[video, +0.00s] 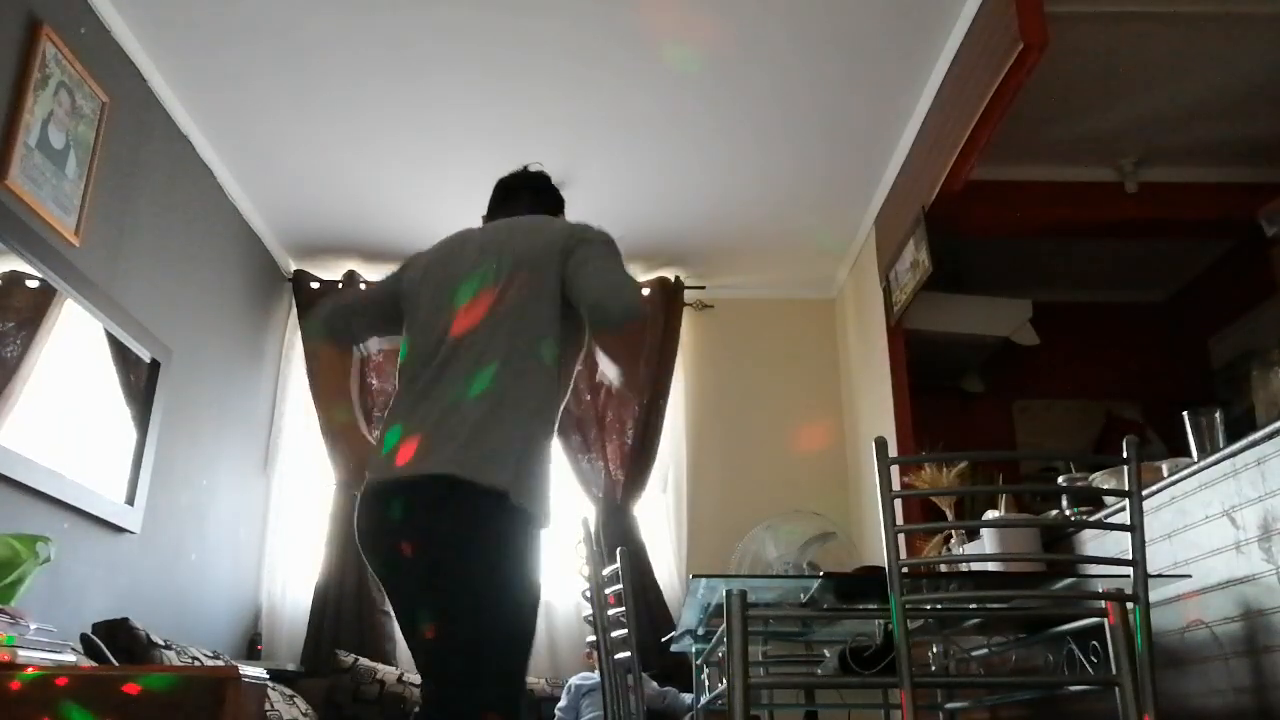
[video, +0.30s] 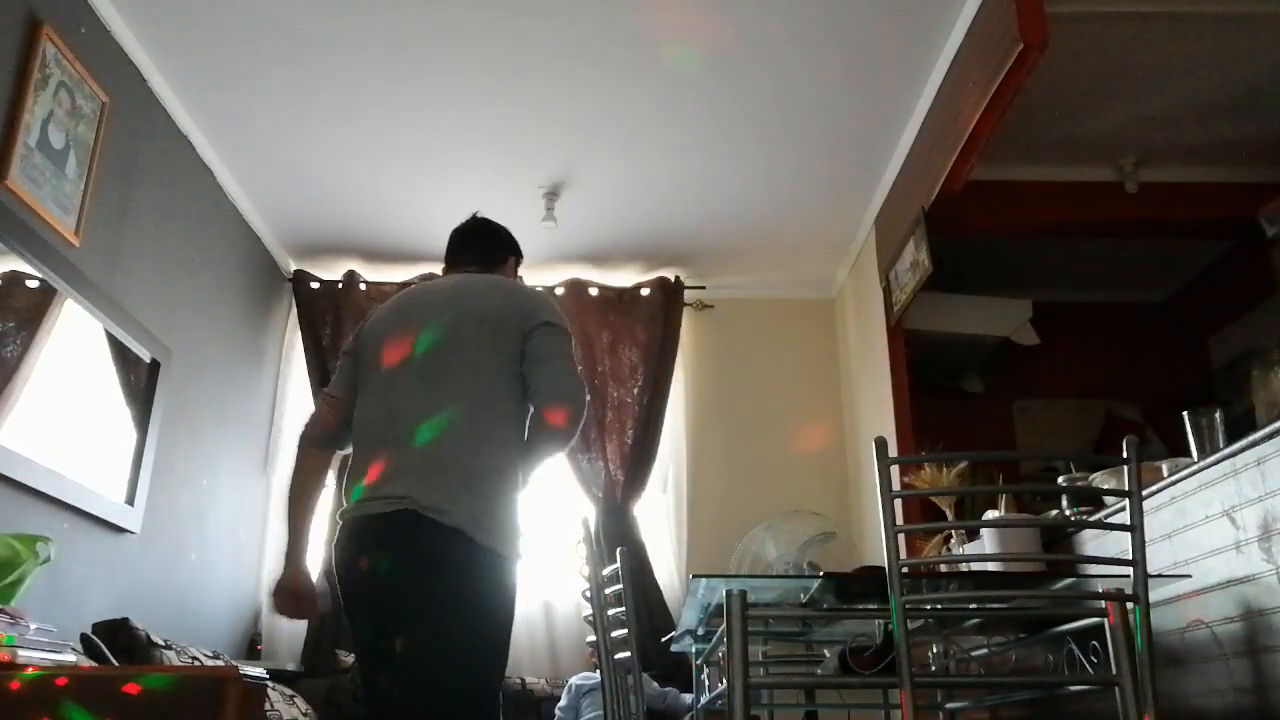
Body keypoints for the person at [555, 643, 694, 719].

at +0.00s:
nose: (607, 654)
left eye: (613, 649)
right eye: (601, 650)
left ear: (621, 651)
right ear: (589, 656)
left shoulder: (637, 680)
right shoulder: (579, 684)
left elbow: (668, 700)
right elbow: (562, 715)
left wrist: (702, 699)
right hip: (593, 714)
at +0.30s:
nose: (601, 652)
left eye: (607, 646)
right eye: (596, 648)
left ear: (618, 650)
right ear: (590, 655)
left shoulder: (637, 680)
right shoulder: (579, 684)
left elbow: (668, 700)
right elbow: (562, 716)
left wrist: (702, 700)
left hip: (631, 715)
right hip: (593, 715)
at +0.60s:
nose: (607, 655)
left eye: (612, 650)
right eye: (601, 651)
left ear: (621, 652)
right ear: (591, 656)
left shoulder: (637, 680)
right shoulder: (578, 684)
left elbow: (667, 699)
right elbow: (562, 716)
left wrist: (700, 699)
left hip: (632, 715)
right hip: (593, 715)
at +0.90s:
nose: (606, 654)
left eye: (611, 648)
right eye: (600, 649)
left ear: (618, 652)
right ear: (590, 656)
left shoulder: (636, 680)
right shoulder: (577, 685)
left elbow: (665, 698)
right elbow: (561, 716)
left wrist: (698, 700)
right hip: (593, 715)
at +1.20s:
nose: (604, 655)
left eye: (609, 650)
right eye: (599, 651)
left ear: (618, 652)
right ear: (591, 656)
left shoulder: (636, 679)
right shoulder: (578, 685)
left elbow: (667, 699)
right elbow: (562, 713)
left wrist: (698, 699)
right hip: (593, 714)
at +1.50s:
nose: (602, 655)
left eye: (606, 649)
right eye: (597, 650)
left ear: (617, 651)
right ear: (591, 656)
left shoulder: (636, 680)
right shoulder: (578, 685)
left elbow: (666, 698)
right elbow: (561, 715)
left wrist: (698, 699)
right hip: (593, 715)